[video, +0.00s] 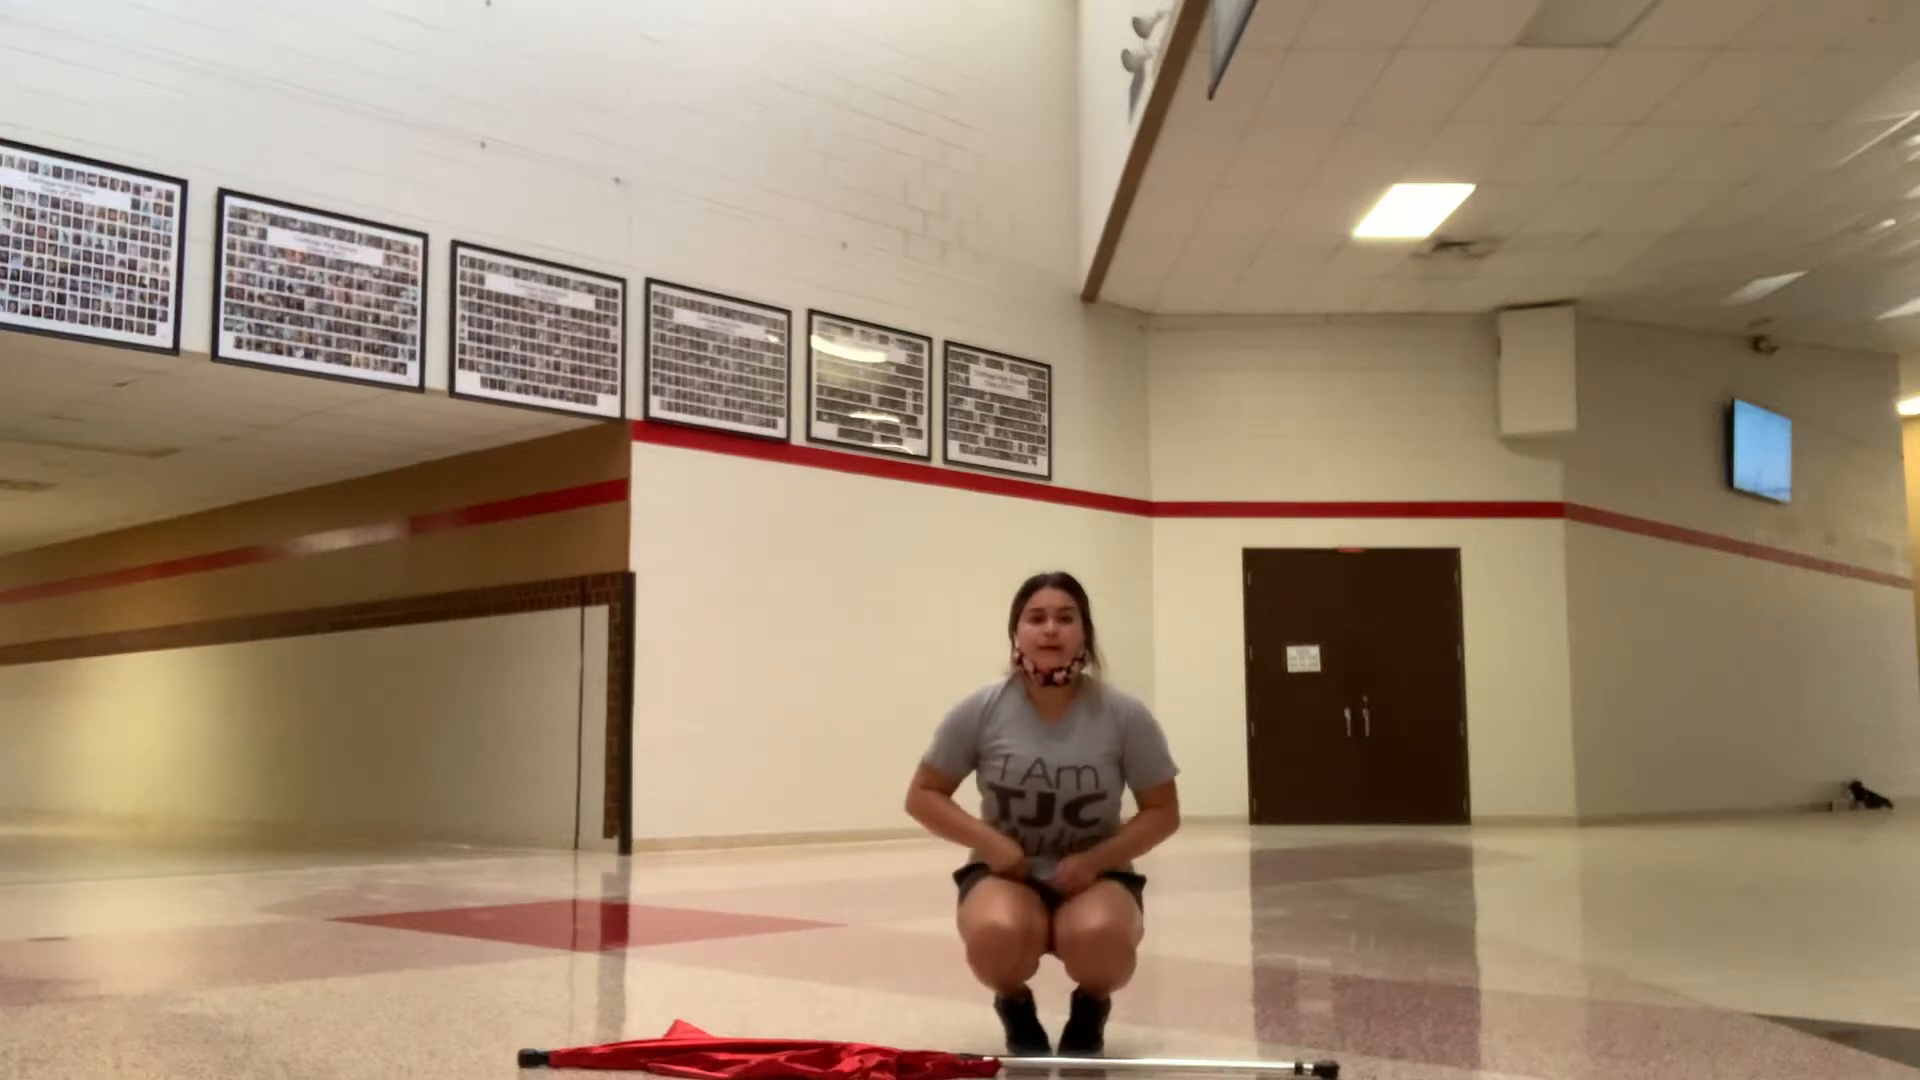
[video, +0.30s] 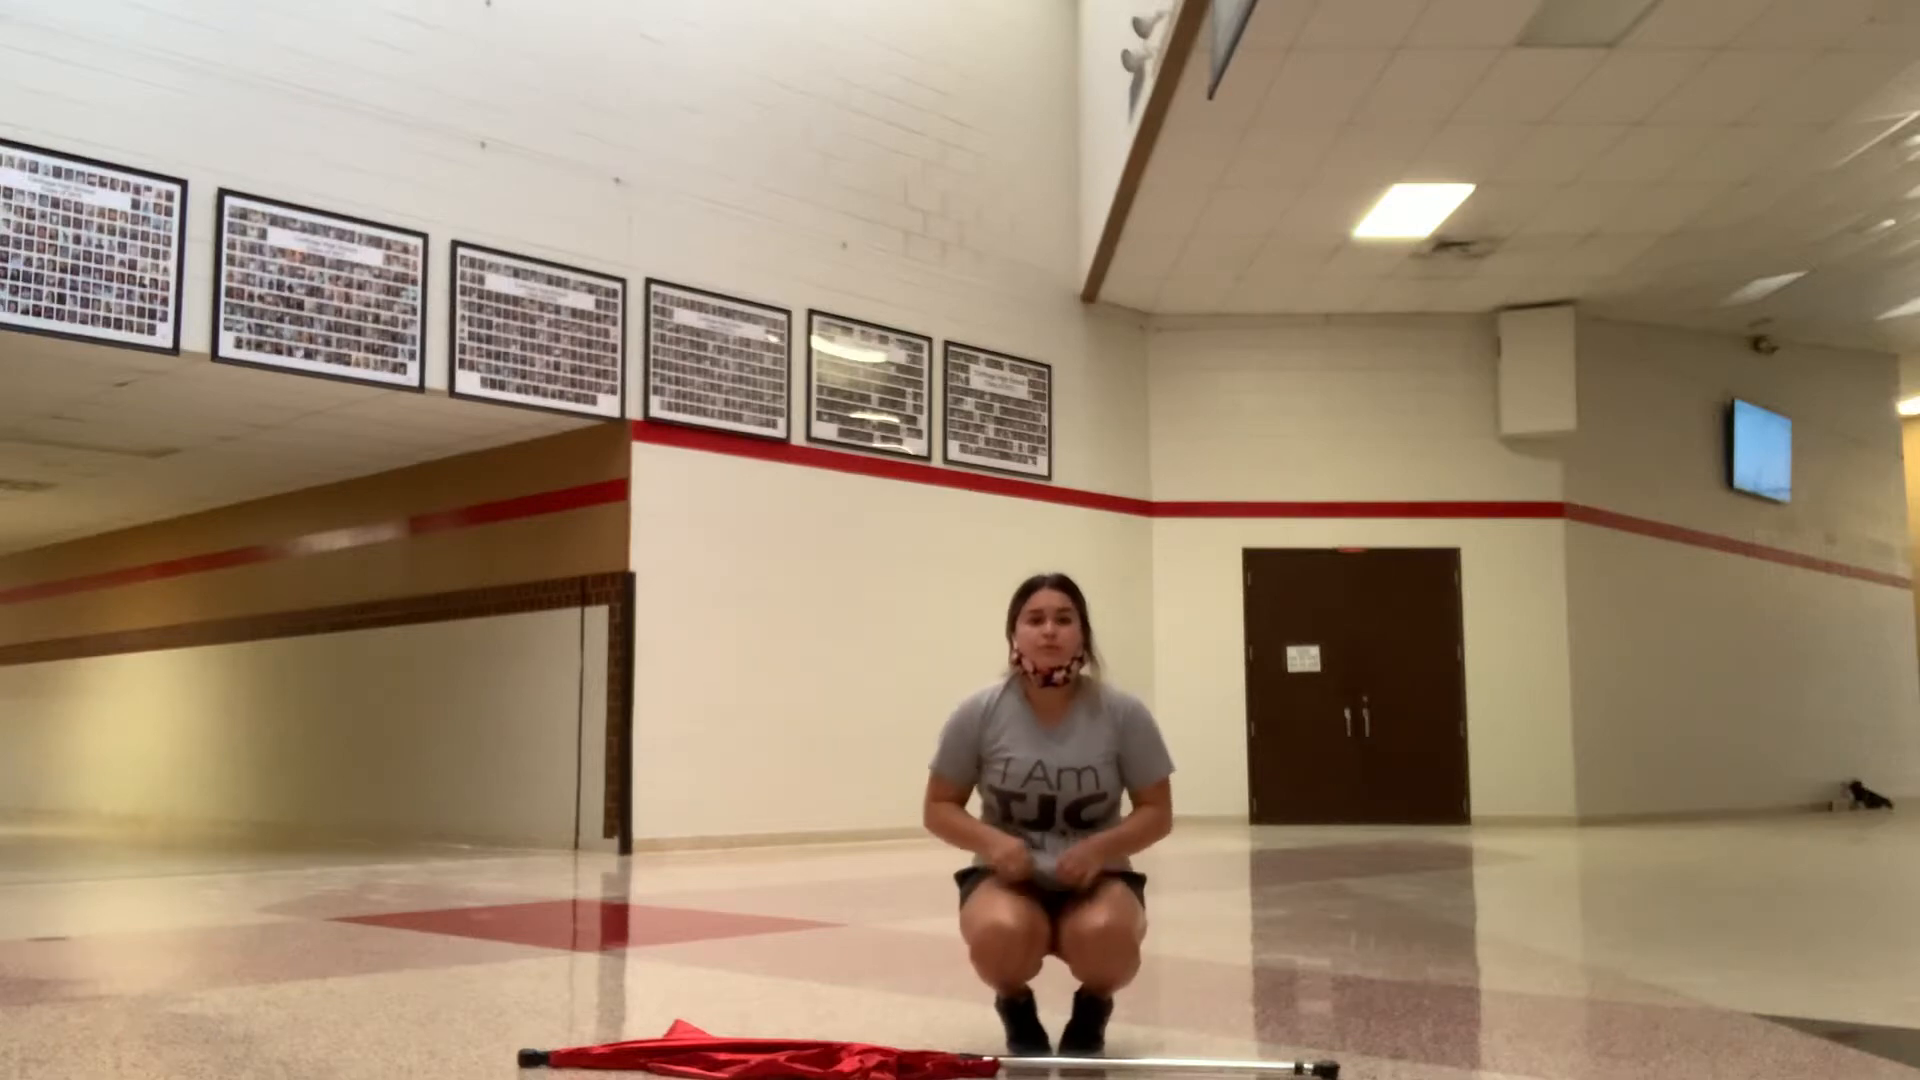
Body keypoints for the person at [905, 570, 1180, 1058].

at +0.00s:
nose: (1050, 628)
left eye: (1065, 617)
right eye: (1035, 617)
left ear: (1085, 635)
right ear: (1015, 635)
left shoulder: (1124, 716)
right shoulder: (981, 712)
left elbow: (1164, 814)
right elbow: (923, 796)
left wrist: (1094, 861)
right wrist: (989, 842)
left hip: (1095, 878)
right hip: (1006, 875)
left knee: (1100, 933)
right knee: (997, 931)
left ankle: (1090, 1011)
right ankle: (1015, 1009)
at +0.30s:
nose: (1049, 629)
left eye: (1064, 619)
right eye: (1035, 619)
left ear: (1083, 636)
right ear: (1014, 638)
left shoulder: (1122, 714)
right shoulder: (980, 715)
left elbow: (1157, 814)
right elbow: (938, 809)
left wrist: (1098, 849)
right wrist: (993, 843)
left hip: (1094, 879)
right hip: (1011, 877)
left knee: (1104, 930)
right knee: (1000, 931)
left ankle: (1092, 1012)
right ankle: (1016, 1009)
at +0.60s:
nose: (1049, 631)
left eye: (1063, 620)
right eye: (1034, 621)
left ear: (1083, 639)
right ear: (1014, 641)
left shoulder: (1122, 718)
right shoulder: (980, 719)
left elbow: (1153, 820)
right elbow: (944, 819)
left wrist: (1103, 875)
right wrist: (998, 869)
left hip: (1097, 882)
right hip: (1009, 883)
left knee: (1098, 930)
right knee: (1001, 929)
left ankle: (1090, 1010)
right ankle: (1019, 1007)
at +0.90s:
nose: (1050, 639)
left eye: (1064, 626)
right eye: (1035, 627)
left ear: (1085, 643)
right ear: (1014, 646)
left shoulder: (1124, 721)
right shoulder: (981, 722)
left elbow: (1151, 821)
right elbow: (948, 823)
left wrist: (1101, 877)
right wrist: (1001, 874)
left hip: (1097, 883)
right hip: (1010, 884)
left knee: (1096, 929)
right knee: (998, 929)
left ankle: (1088, 1006)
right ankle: (1022, 1004)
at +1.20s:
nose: (1052, 643)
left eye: (1067, 630)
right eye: (1038, 631)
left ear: (1087, 644)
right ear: (1017, 646)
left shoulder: (1125, 721)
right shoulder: (983, 721)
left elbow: (1151, 822)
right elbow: (948, 822)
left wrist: (1102, 878)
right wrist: (1000, 872)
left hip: (1098, 884)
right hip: (1011, 884)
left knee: (1098, 929)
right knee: (998, 927)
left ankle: (1090, 1006)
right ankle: (1021, 1003)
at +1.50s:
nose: (1055, 641)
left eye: (1070, 629)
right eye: (1041, 629)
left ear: (1090, 644)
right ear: (1019, 646)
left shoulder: (1128, 721)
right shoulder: (984, 722)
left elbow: (1152, 823)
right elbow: (949, 822)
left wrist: (1102, 878)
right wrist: (1000, 871)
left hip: (1098, 885)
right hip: (1012, 886)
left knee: (1099, 928)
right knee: (997, 925)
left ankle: (1091, 1007)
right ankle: (1020, 1005)